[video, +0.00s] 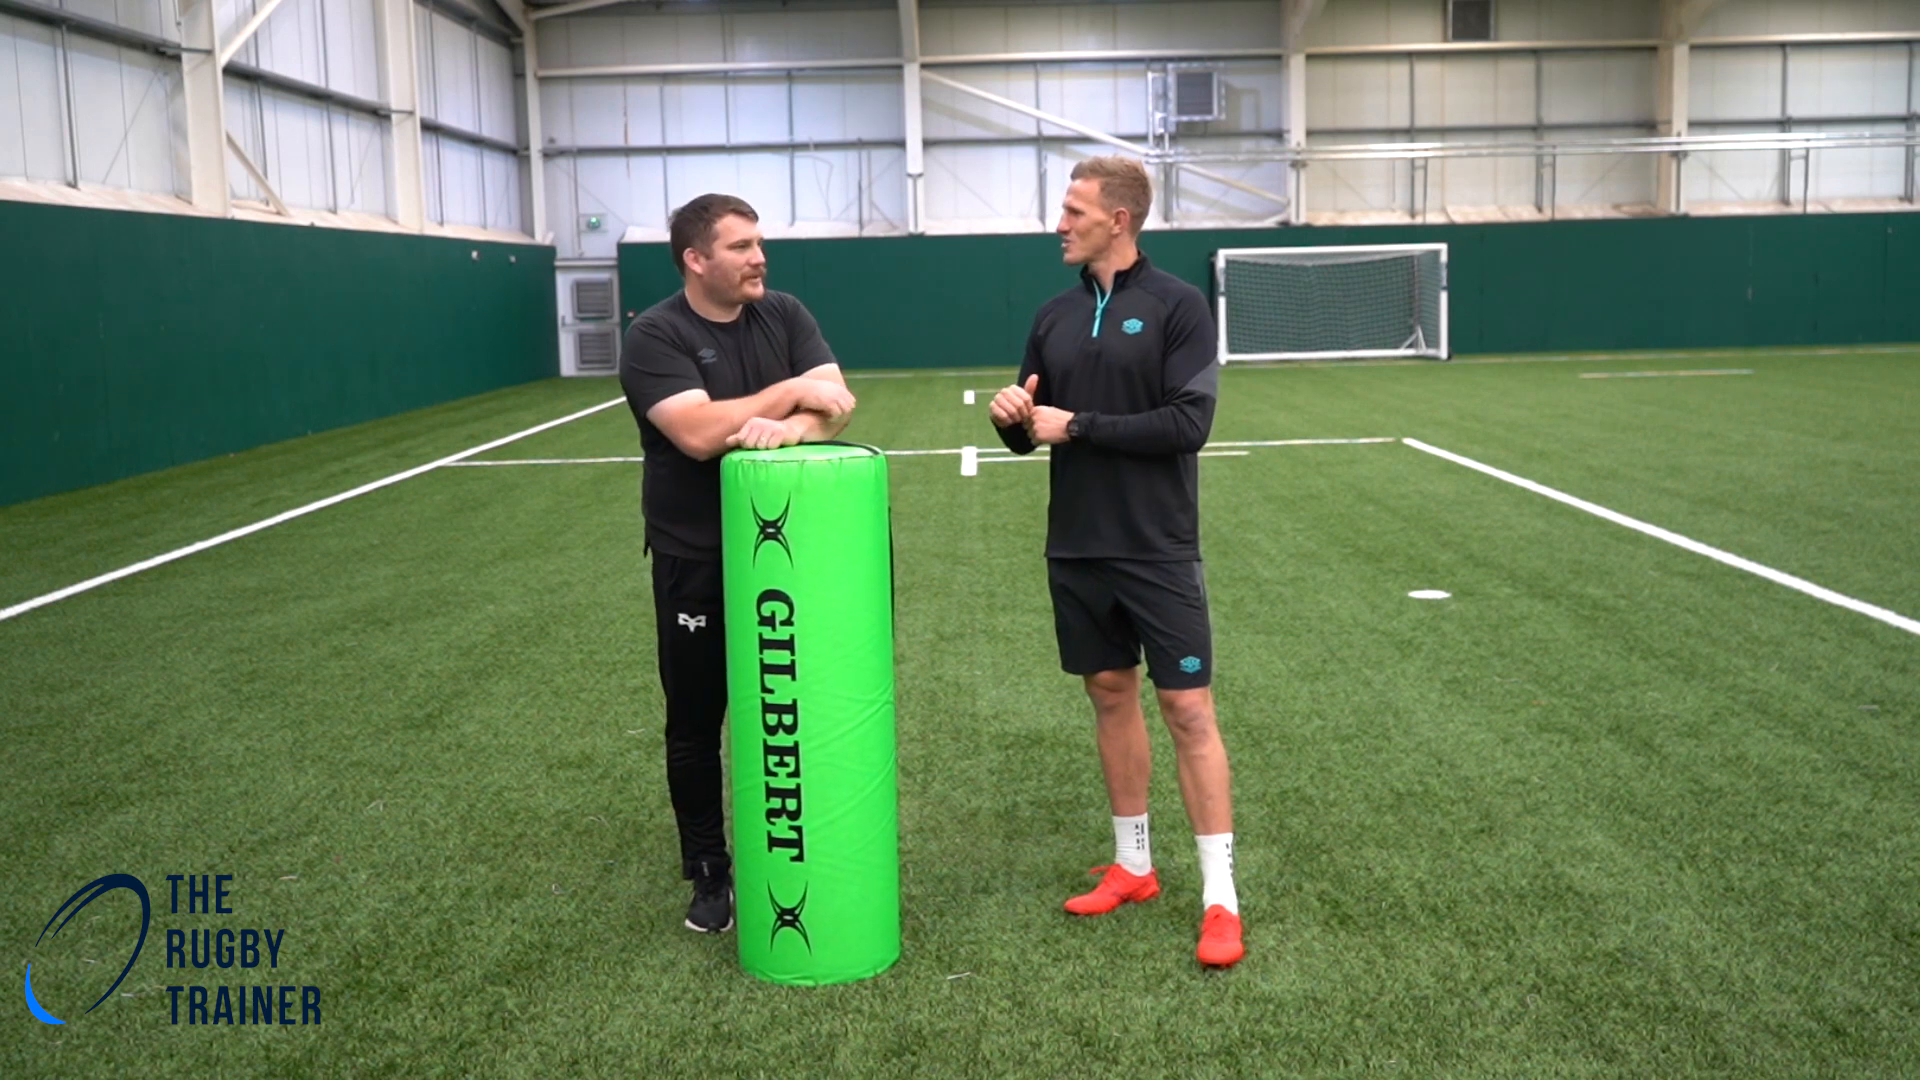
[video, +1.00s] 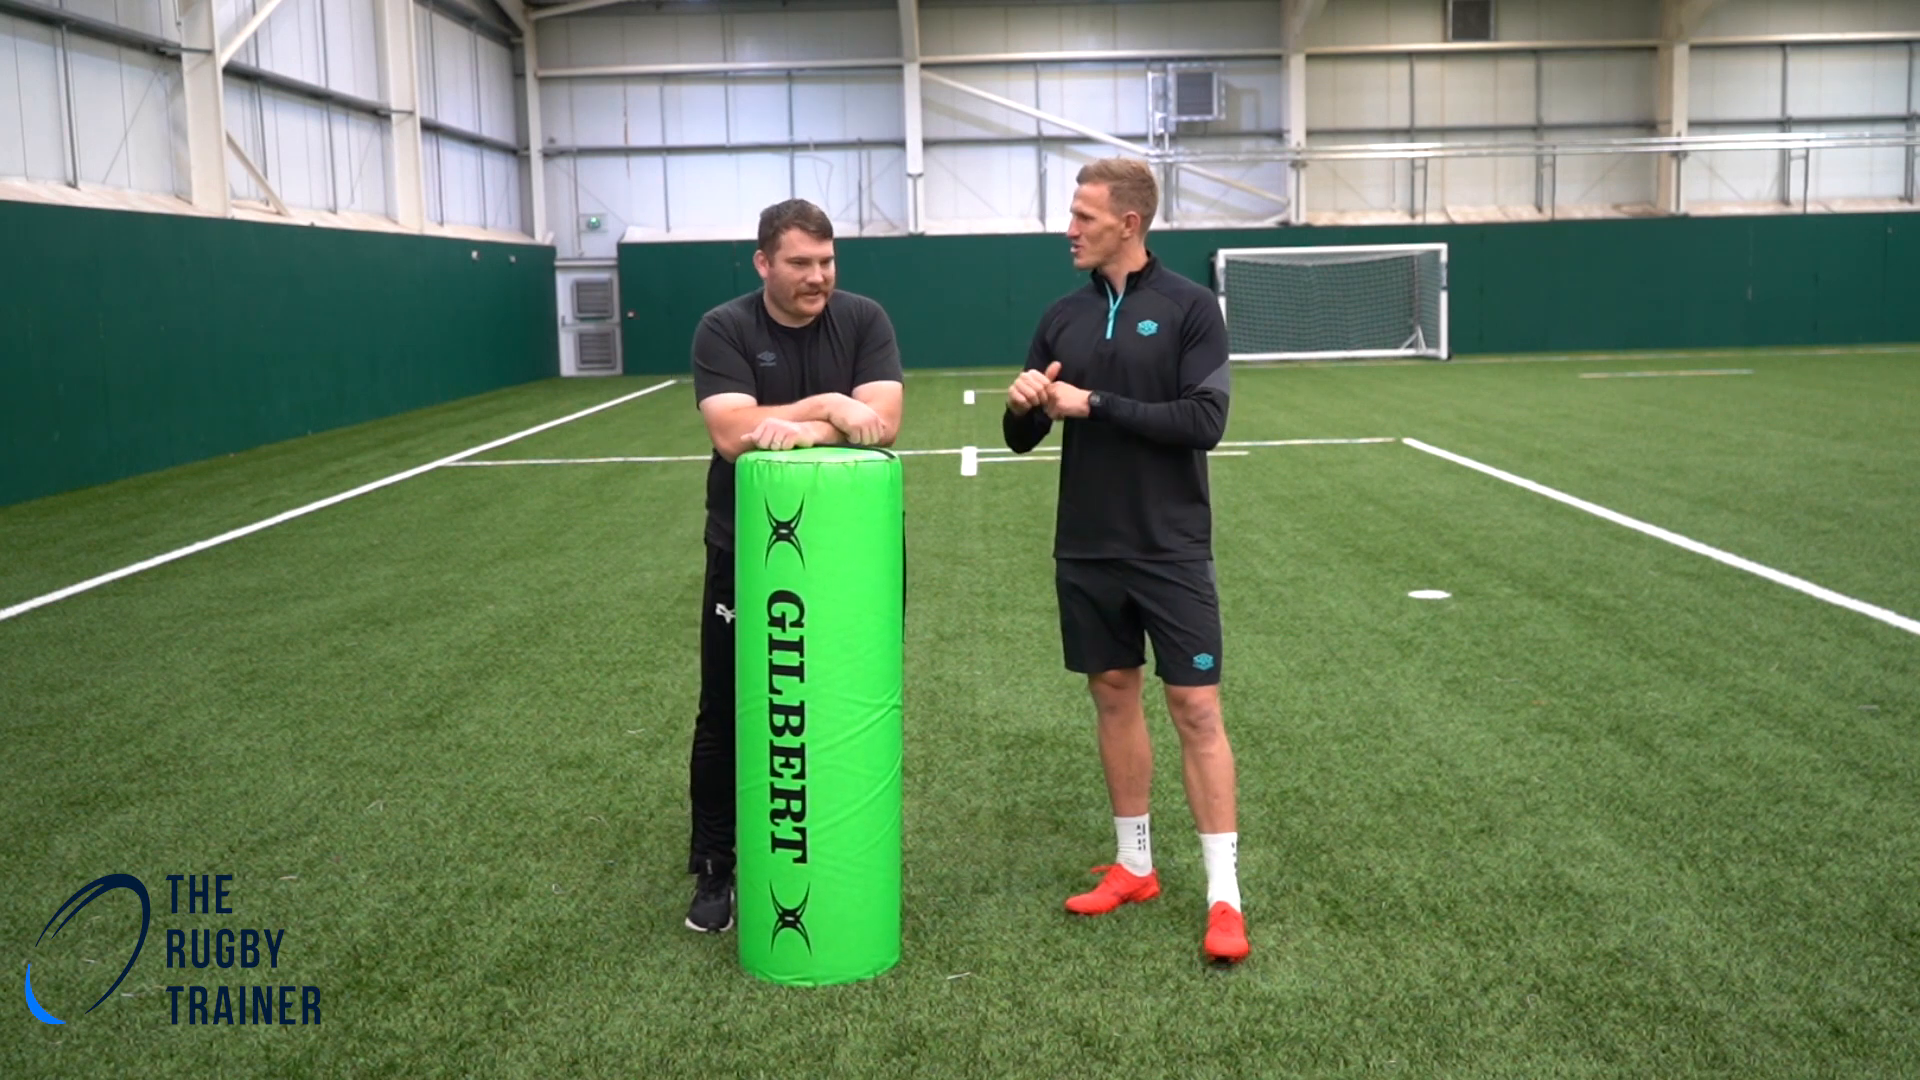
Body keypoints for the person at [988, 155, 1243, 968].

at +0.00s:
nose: (1060, 224)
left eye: (1074, 213)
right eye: (1063, 210)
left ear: (1120, 222)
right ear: (1099, 219)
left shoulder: (1180, 305)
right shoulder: (1054, 316)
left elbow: (1189, 424)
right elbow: (1024, 437)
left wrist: (1074, 425)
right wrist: (1012, 415)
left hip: (1159, 546)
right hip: (1079, 545)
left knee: (1189, 708)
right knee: (1109, 693)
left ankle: (1221, 896)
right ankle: (1132, 867)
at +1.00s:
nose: (1071, 229)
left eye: (1084, 217)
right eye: (1072, 215)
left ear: (1130, 224)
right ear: (1107, 222)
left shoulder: (1191, 306)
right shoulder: (1064, 315)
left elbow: (1205, 422)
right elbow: (1021, 437)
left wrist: (1091, 405)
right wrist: (1024, 403)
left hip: (1171, 544)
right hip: (1089, 543)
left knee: (1197, 706)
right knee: (1112, 695)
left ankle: (1224, 895)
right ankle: (1134, 866)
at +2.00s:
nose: (1063, 228)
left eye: (1077, 216)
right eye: (1064, 214)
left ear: (1125, 222)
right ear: (1092, 221)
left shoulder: (1187, 306)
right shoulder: (1058, 317)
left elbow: (1210, 424)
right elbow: (1033, 426)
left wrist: (1097, 430)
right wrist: (1029, 429)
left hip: (1169, 548)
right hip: (1086, 547)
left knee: (1197, 709)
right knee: (1112, 697)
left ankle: (1224, 896)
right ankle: (1135, 867)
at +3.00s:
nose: (1054, 227)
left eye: (1068, 216)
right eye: (1055, 214)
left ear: (1115, 225)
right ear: (1078, 221)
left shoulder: (1177, 310)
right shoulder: (1046, 317)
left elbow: (1200, 429)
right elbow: (1018, 418)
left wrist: (1090, 444)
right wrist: (1019, 434)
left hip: (1158, 549)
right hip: (1074, 550)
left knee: (1189, 710)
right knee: (1106, 697)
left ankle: (1223, 897)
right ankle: (1134, 868)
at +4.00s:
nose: (1046, 227)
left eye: (1059, 216)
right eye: (1047, 213)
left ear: (1108, 225)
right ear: (1075, 221)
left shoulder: (1174, 308)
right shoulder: (1044, 320)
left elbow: (1215, 428)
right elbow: (1028, 433)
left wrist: (1209, 545)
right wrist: (1006, 532)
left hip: (1167, 552)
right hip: (1080, 553)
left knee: (1194, 712)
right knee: (1110, 699)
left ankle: (1224, 898)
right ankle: (1134, 869)